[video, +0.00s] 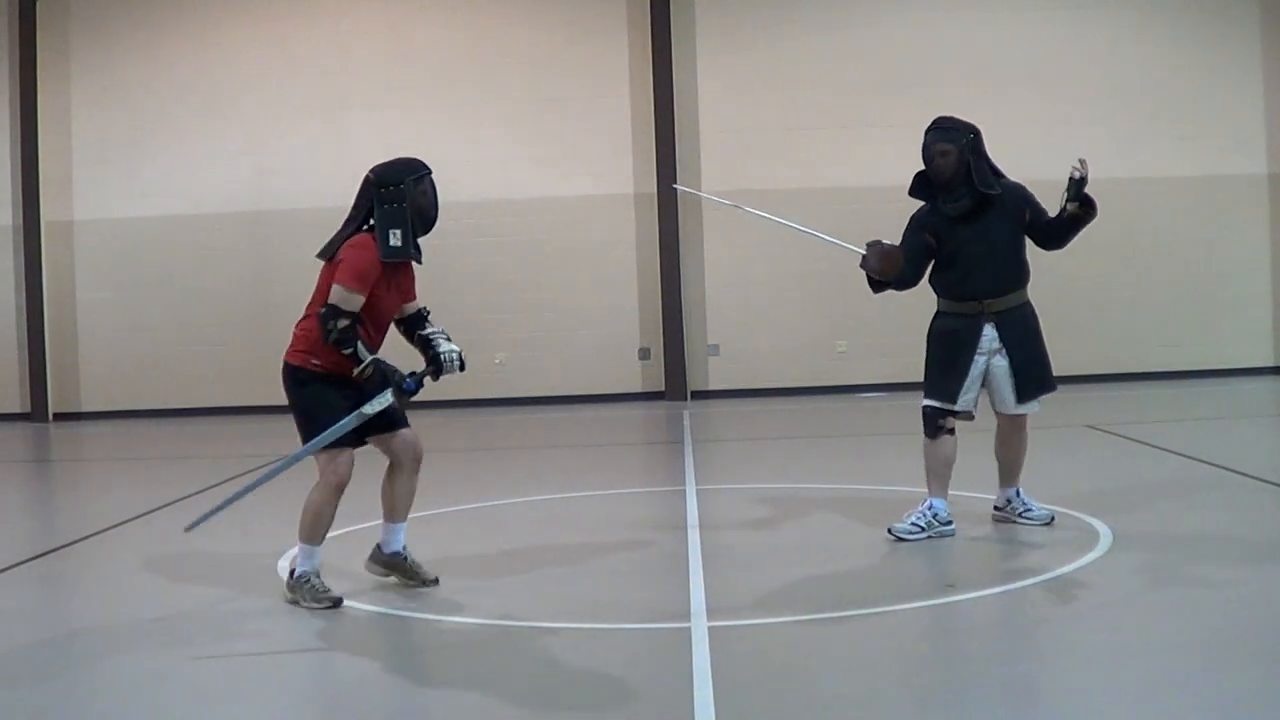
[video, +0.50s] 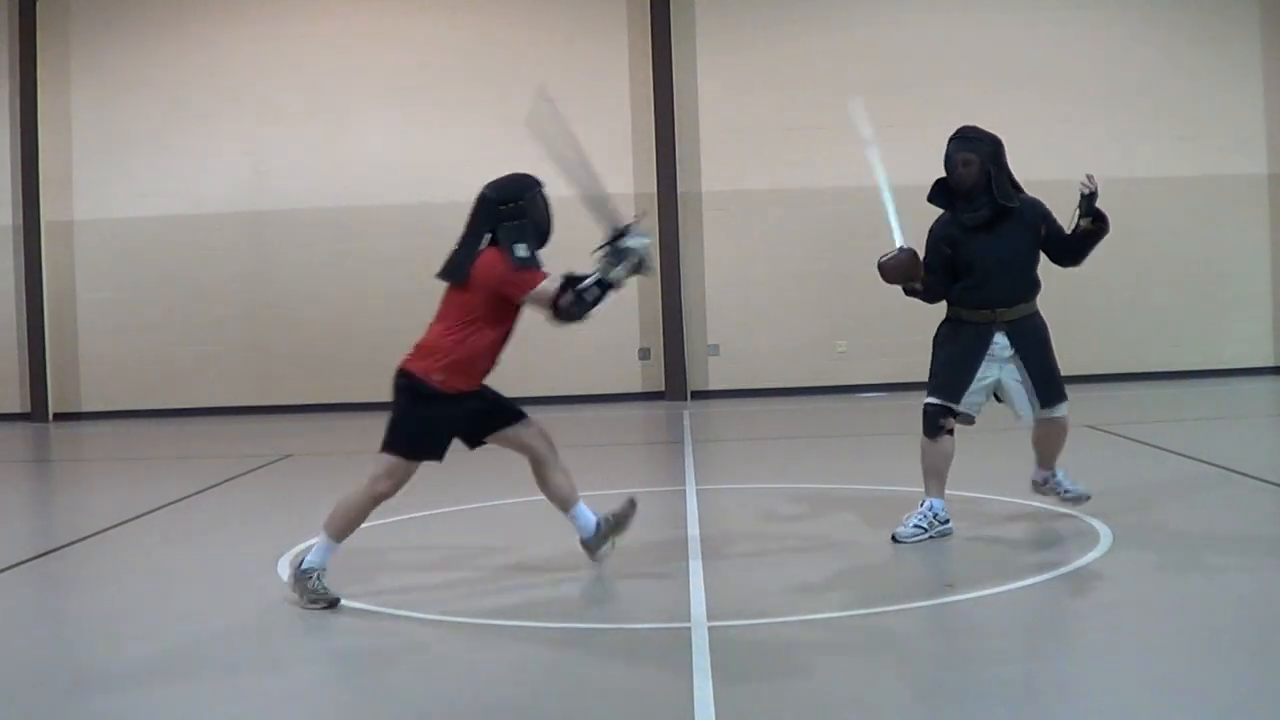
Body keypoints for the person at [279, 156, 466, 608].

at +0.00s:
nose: (432, 202)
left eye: (431, 192)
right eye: (424, 193)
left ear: (397, 200)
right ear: (400, 199)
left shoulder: (399, 252)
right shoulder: (363, 250)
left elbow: (406, 311)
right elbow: (336, 326)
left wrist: (435, 343)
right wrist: (381, 372)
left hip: (356, 371)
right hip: (314, 371)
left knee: (408, 453)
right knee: (336, 469)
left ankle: (390, 551)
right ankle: (301, 572)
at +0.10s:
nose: (440, 201)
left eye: (437, 192)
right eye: (432, 193)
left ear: (402, 200)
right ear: (409, 200)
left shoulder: (405, 250)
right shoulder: (375, 250)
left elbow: (413, 307)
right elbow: (350, 326)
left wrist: (447, 335)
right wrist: (395, 369)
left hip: (363, 372)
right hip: (321, 372)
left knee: (419, 447)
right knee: (343, 473)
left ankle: (408, 547)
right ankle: (301, 572)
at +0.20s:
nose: (453, 201)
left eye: (451, 192)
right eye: (446, 193)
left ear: (412, 201)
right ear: (425, 201)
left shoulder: (417, 250)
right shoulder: (394, 254)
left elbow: (437, 291)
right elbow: (372, 330)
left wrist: (467, 312)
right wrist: (422, 361)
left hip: (371, 374)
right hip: (333, 373)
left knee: (427, 445)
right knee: (352, 481)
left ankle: (459, 544)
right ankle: (299, 571)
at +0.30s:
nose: (471, 213)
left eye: (470, 204)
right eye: (464, 205)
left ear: (429, 214)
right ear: (445, 215)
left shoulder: (435, 257)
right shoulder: (416, 271)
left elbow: (468, 280)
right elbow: (408, 349)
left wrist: (498, 295)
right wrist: (465, 358)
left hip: (390, 377)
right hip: (352, 379)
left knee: (456, 435)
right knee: (369, 489)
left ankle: (517, 520)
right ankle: (298, 566)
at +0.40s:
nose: (503, 221)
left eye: (500, 212)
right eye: (495, 213)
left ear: (460, 224)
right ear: (473, 224)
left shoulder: (464, 265)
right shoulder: (442, 279)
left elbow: (516, 289)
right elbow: (482, 351)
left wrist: (542, 280)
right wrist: (533, 321)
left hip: (416, 389)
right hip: (380, 391)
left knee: (495, 431)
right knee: (374, 499)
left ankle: (566, 508)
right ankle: (302, 570)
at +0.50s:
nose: (544, 217)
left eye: (541, 208)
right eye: (538, 208)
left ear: (503, 218)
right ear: (519, 216)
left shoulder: (506, 260)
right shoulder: (495, 262)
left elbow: (561, 303)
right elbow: (565, 302)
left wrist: (606, 274)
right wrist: (613, 271)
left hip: (465, 390)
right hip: (426, 388)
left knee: (538, 444)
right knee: (383, 482)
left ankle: (591, 531)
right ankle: (309, 564)